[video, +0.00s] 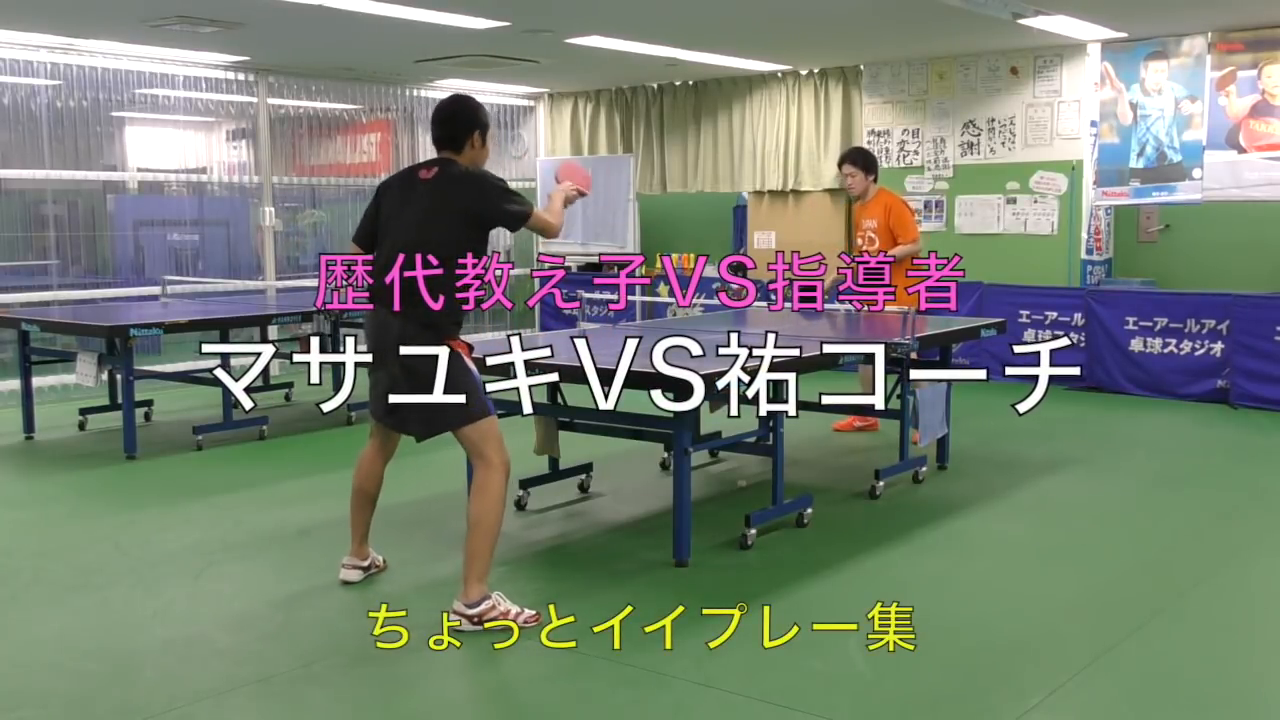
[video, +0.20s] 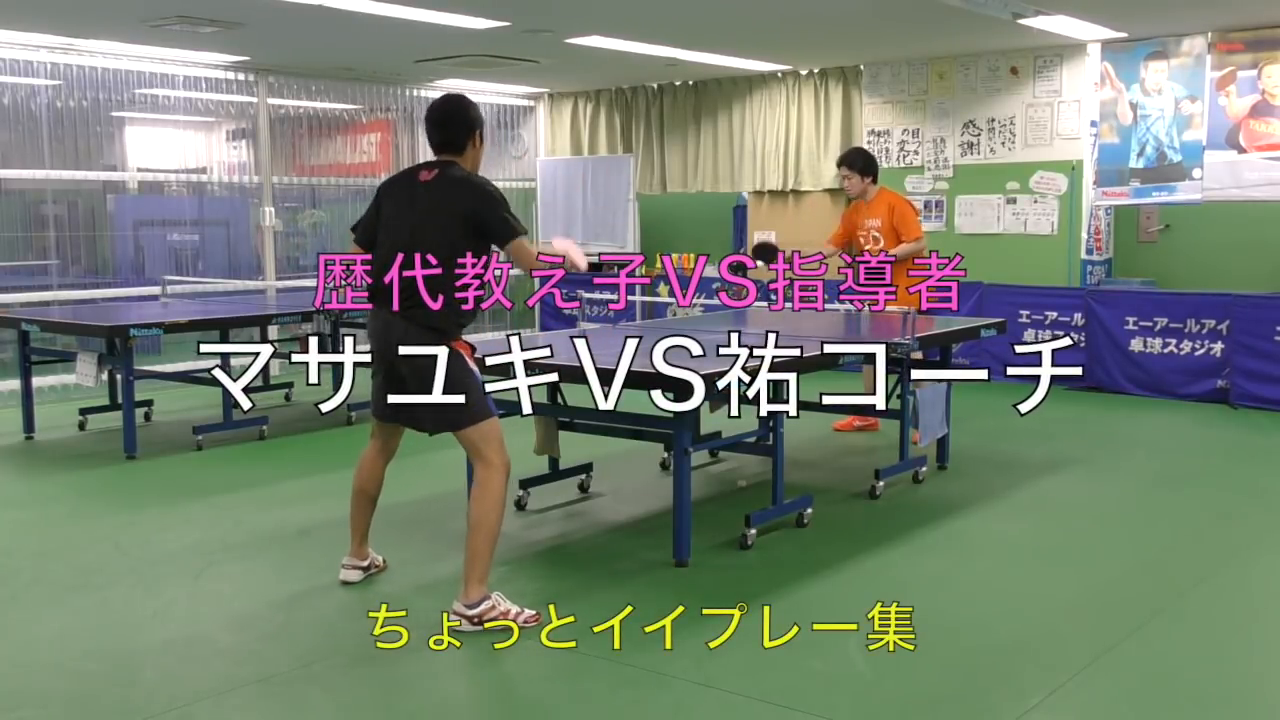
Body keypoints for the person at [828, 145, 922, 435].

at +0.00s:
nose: (847, 182)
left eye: (852, 176)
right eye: (844, 177)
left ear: (870, 175)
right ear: (843, 177)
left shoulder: (892, 203)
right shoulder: (858, 208)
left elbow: (913, 245)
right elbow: (860, 254)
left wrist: (882, 258)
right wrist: (835, 279)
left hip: (900, 298)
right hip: (870, 298)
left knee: (912, 359)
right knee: (866, 354)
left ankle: (926, 417)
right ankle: (867, 413)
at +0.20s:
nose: (844, 185)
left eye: (848, 179)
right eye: (842, 179)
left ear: (867, 177)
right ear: (846, 180)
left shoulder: (896, 203)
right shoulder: (853, 211)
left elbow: (918, 244)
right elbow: (832, 248)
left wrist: (884, 256)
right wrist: (797, 259)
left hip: (906, 296)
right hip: (872, 298)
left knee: (914, 358)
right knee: (870, 353)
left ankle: (925, 420)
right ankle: (868, 413)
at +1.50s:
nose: (855, 172)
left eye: (861, 166)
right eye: (852, 167)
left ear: (877, 167)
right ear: (849, 170)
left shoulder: (897, 198)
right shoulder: (855, 206)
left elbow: (918, 238)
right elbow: (852, 249)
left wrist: (886, 244)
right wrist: (834, 271)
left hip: (901, 295)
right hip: (869, 296)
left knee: (911, 359)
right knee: (869, 354)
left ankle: (924, 418)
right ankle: (867, 413)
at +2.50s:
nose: (853, 185)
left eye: (857, 179)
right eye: (850, 179)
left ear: (874, 176)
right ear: (850, 179)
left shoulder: (897, 205)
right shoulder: (866, 208)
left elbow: (919, 247)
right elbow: (876, 250)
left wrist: (878, 258)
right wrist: (852, 270)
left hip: (908, 300)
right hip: (880, 298)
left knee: (909, 360)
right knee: (871, 356)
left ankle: (928, 419)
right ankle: (868, 414)